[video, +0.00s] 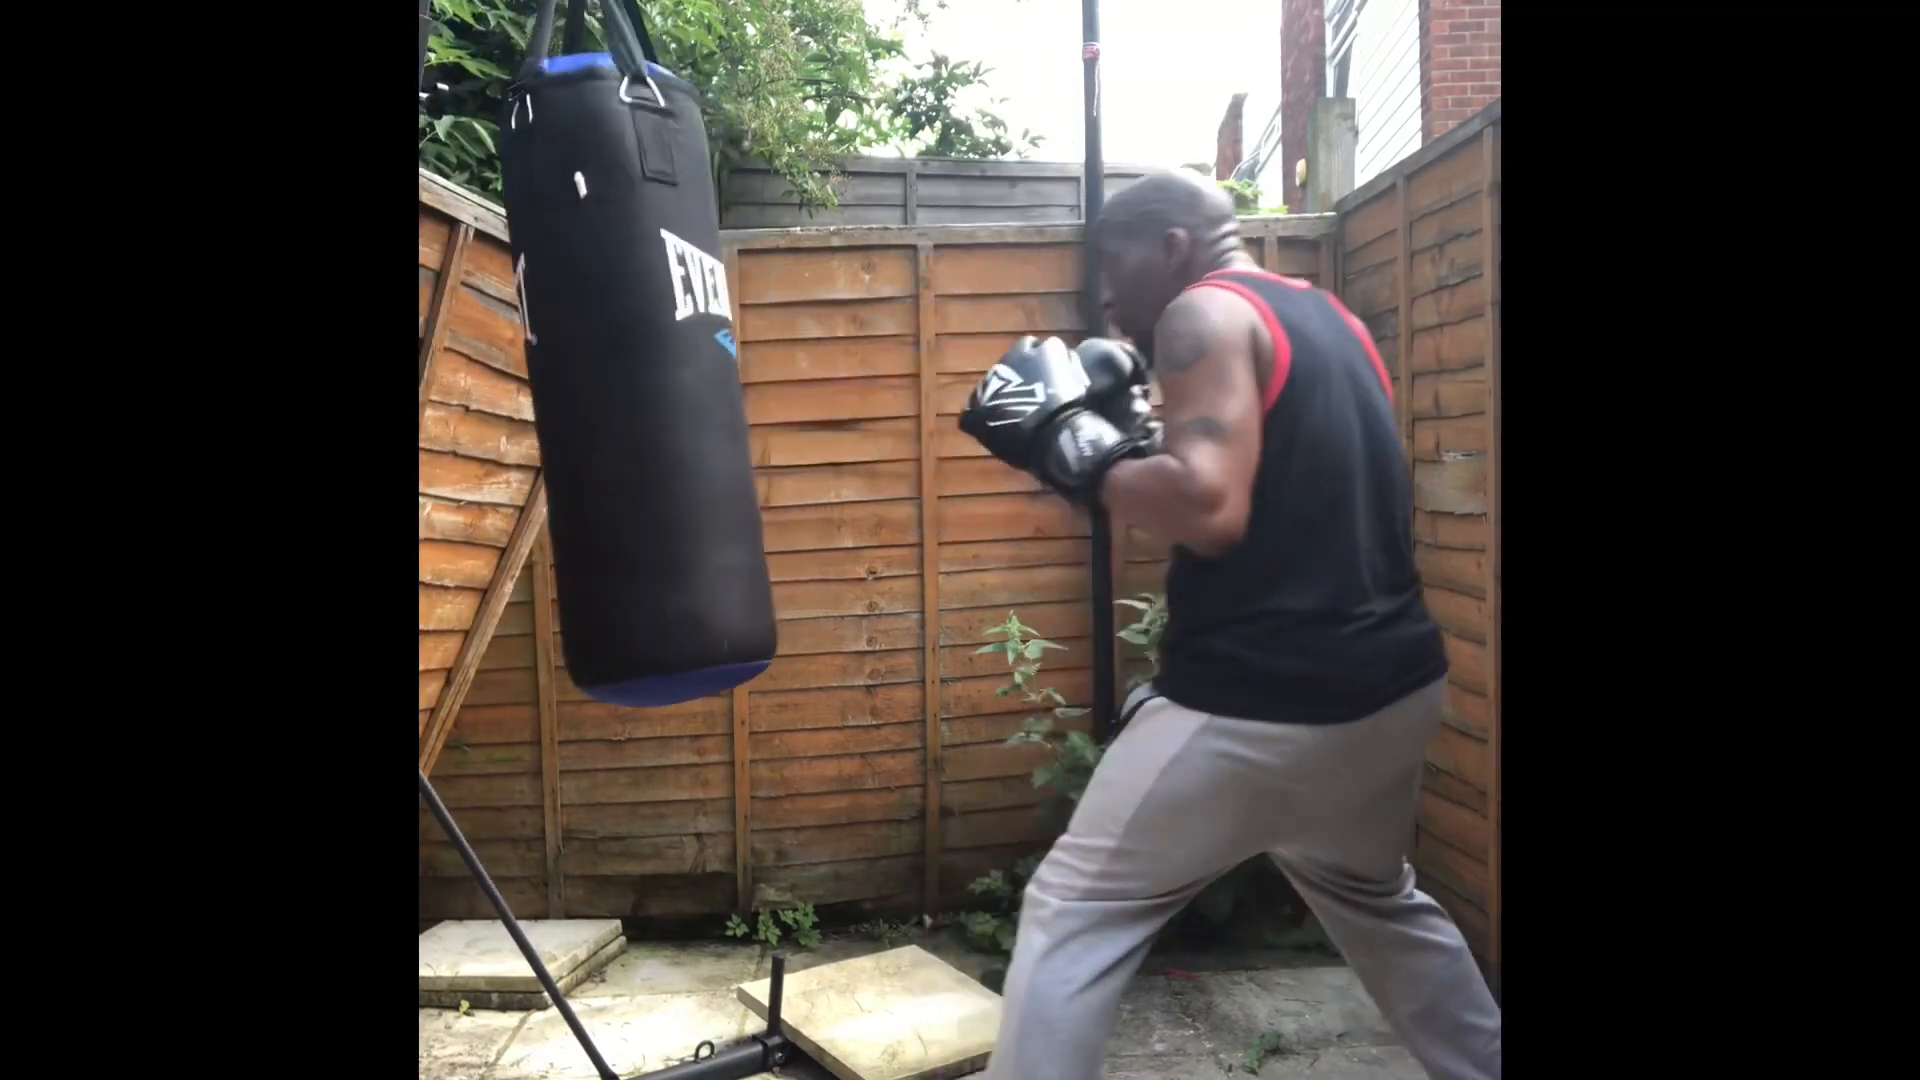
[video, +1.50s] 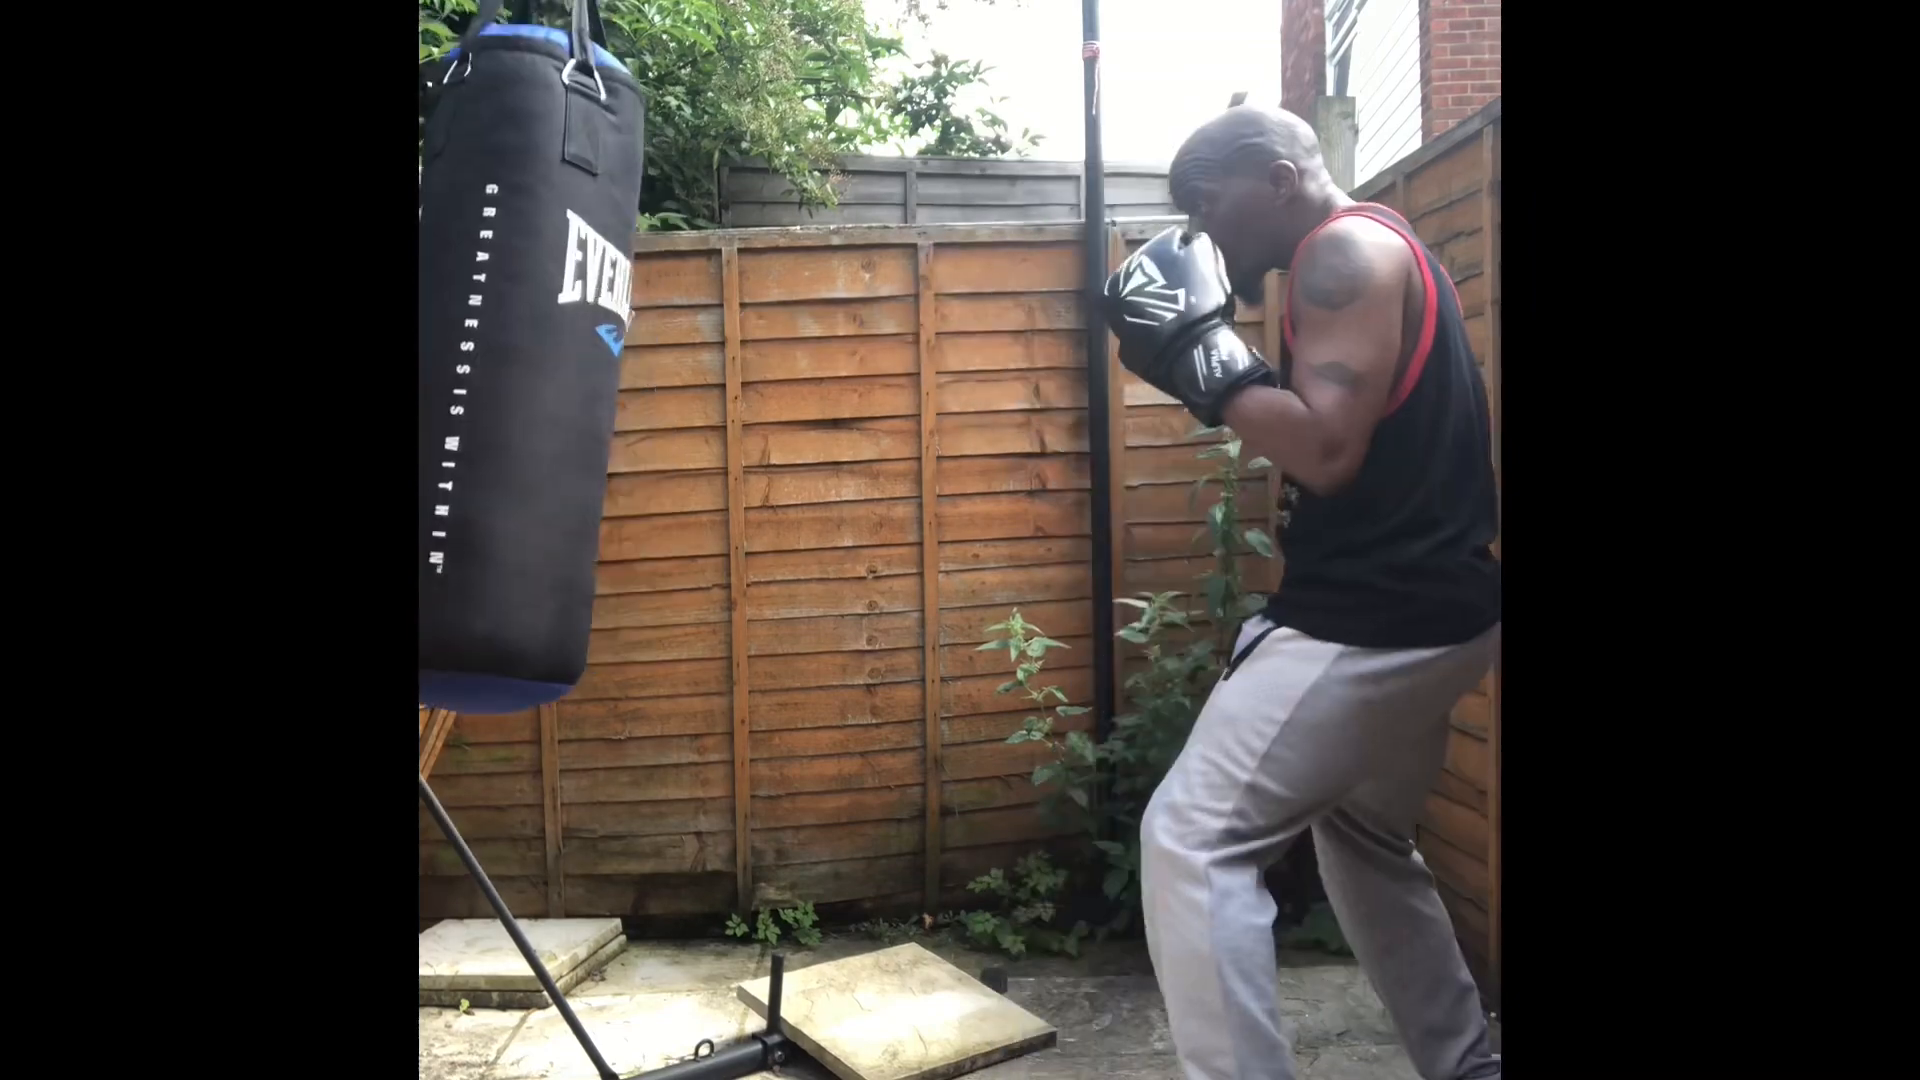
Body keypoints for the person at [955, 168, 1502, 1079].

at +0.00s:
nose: (1102, 295)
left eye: (1109, 265)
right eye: (1098, 270)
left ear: (1172, 247)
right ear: (1211, 245)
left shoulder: (1206, 313)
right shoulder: (1330, 315)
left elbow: (1208, 508)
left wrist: (1078, 453)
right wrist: (1142, 425)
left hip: (1252, 699)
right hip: (1393, 683)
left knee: (1071, 916)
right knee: (1371, 892)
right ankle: (1485, 1062)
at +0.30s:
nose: (1209, 256)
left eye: (1216, 228)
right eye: (1201, 233)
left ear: (1287, 207)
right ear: (1301, 207)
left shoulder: (1325, 269)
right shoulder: (1411, 272)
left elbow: (1261, 468)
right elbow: (1281, 469)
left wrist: (1174, 344)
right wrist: (1187, 352)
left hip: (1363, 646)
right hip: (1460, 639)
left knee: (1193, 880)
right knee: (1400, 880)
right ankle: (1486, 1060)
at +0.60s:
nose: (1164, 265)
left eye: (1172, 233)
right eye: (1158, 239)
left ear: (1247, 211)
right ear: (1262, 212)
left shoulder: (1283, 283)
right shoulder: (1382, 273)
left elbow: (1257, 488)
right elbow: (1320, 465)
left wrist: (1132, 392)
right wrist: (1197, 373)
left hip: (1337, 646)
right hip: (1453, 635)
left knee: (1128, 859)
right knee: (1387, 873)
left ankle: (1097, 1066)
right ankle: (1488, 1059)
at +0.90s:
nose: (996, 292)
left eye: (1009, 268)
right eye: (988, 273)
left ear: (1080, 228)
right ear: (1001, 244)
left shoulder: (1227, 306)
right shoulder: (1049, 294)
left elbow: (1256, 533)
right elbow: (903, 317)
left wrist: (1140, 431)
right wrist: (730, 293)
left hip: (1272, 667)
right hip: (1249, 660)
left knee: (1095, 900)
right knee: (1329, 900)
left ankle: (1083, 1077)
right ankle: (1487, 1054)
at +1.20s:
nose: (969, 246)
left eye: (967, 219)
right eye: (958, 225)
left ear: (1034, 186)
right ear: (1049, 186)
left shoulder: (1151, 285)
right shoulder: (1137, 272)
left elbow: (1112, 519)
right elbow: (1111, 466)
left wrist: (981, 403)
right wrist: (996, 400)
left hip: (1205, 654)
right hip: (1240, 637)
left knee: (1037, 891)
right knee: (1237, 848)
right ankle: (1439, 1036)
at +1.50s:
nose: (1212, 246)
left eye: (1213, 220)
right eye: (1202, 227)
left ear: (1280, 183)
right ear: (1286, 184)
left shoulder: (1347, 252)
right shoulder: (1370, 243)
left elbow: (1326, 451)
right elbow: (1310, 428)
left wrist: (1196, 352)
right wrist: (1190, 357)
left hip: (1367, 615)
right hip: (1434, 609)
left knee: (1189, 838)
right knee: (1365, 840)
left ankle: (1238, 1069)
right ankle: (1467, 1063)